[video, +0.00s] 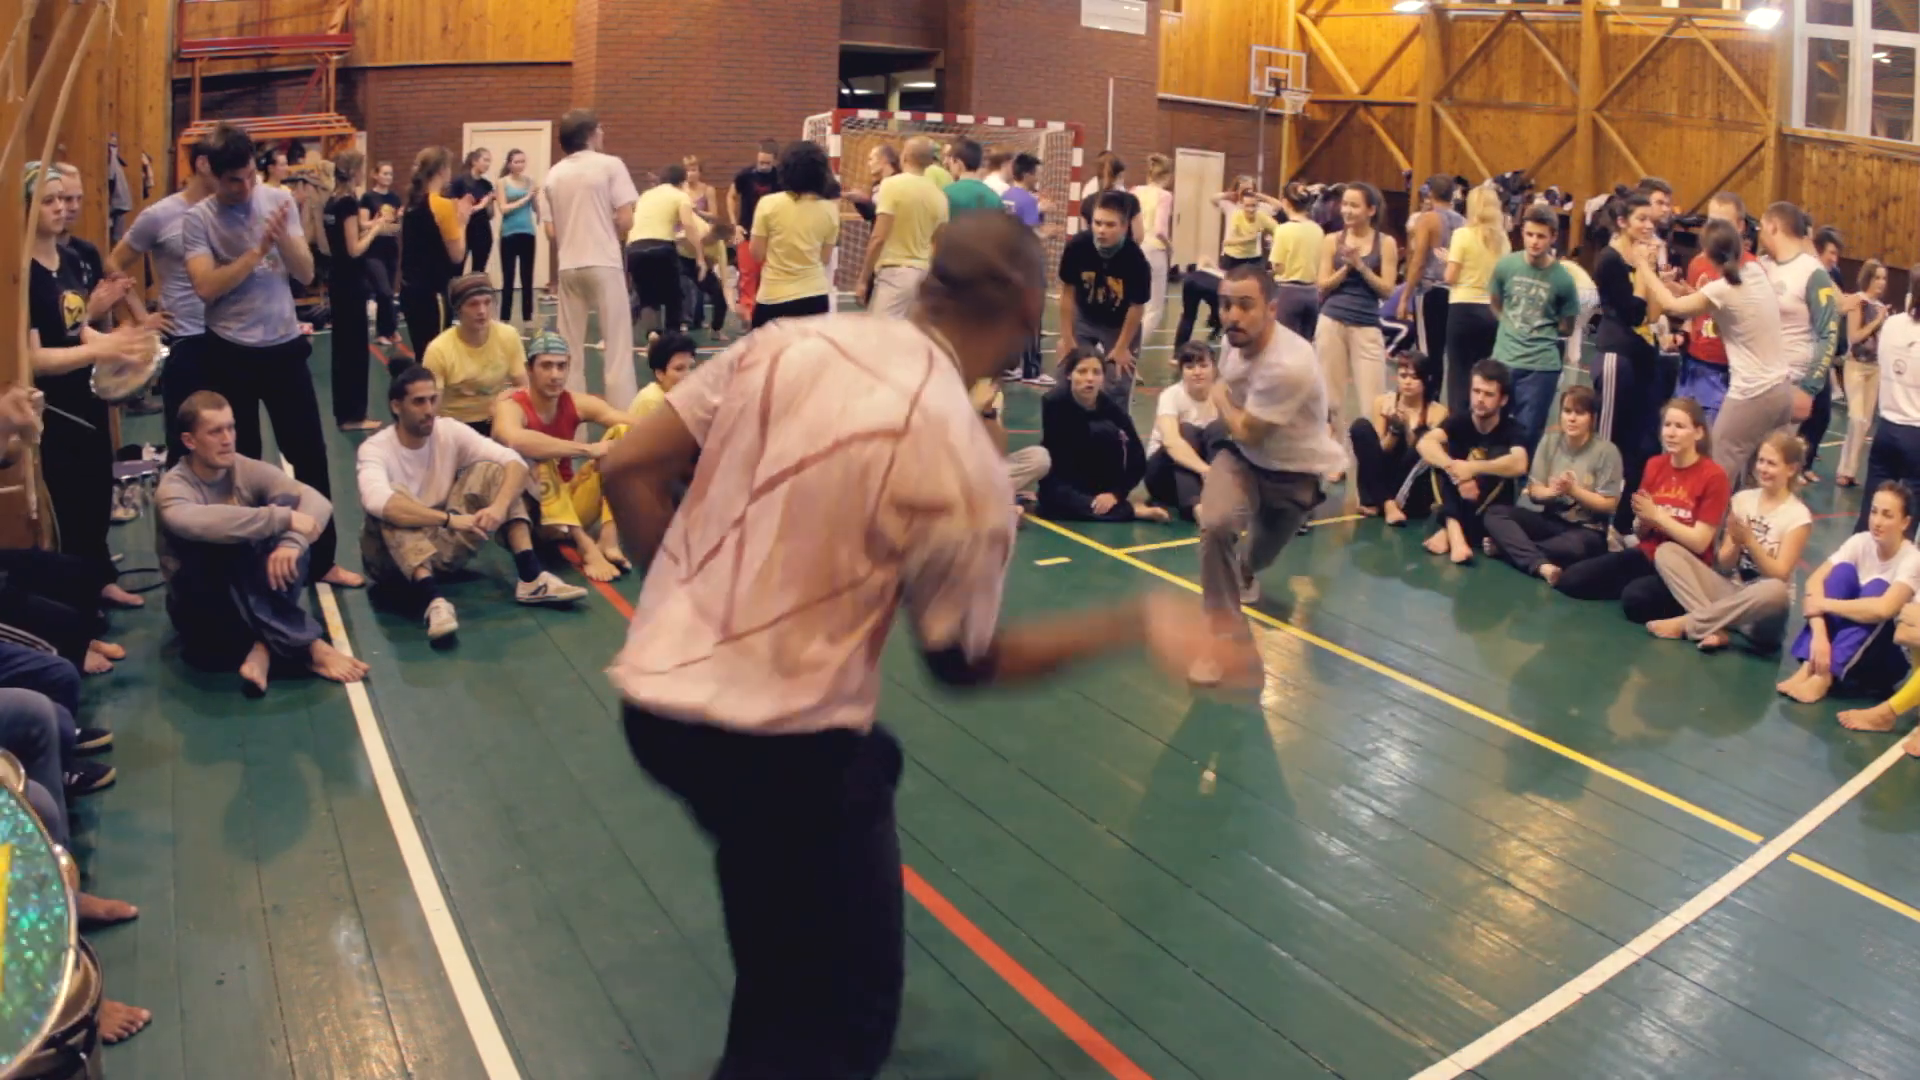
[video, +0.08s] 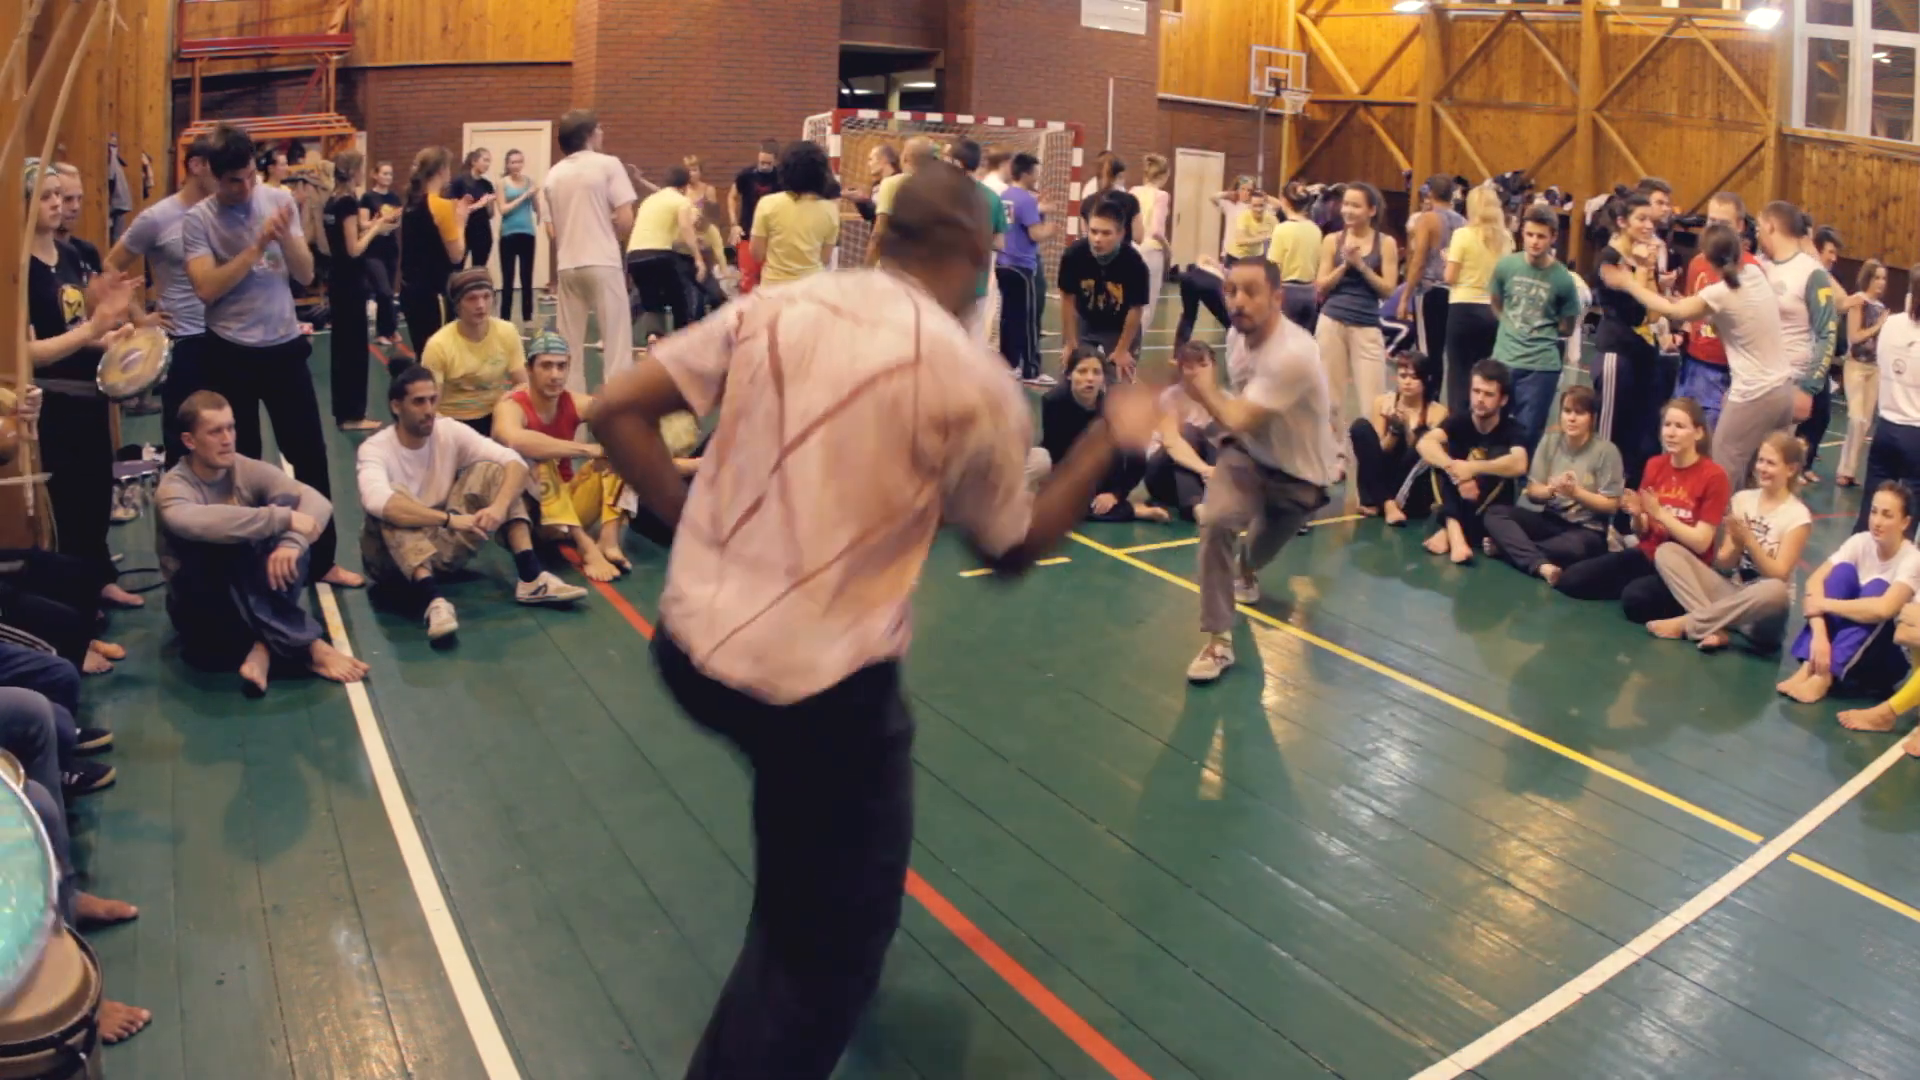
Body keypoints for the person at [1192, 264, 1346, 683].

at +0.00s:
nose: (1233, 317)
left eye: (1245, 306)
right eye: (1226, 306)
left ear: (1270, 308)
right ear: (1219, 308)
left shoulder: (1290, 364)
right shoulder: (1234, 344)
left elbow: (1248, 433)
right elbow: (1227, 394)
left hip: (1293, 474)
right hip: (1240, 453)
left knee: (1261, 553)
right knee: (1217, 526)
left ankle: (1244, 571)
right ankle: (1222, 637)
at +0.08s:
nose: (1238, 302)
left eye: (1250, 292)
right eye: (1232, 291)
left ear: (1277, 296)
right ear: (1226, 294)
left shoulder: (1296, 353)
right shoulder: (1239, 338)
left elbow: (1241, 420)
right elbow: (1244, 401)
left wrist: (1204, 389)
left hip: (1299, 480)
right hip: (1246, 455)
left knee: (1260, 550)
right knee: (1216, 522)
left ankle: (1245, 570)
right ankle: (1218, 639)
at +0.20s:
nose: (1219, 271)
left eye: (1229, 260)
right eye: (1214, 263)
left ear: (1259, 262)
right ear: (1214, 269)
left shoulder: (1274, 294)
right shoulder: (1249, 303)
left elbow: (1204, 354)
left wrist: (1193, 299)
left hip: (1331, 443)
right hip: (1276, 429)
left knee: (1285, 539)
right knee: (1243, 521)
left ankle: (1284, 565)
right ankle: (1237, 630)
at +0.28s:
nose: (1207, 286)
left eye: (1216, 274)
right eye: (1202, 277)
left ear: (1249, 268)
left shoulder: (1266, 293)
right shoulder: (1249, 307)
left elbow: (1189, 351)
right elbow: (1271, 369)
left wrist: (1193, 302)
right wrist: (1216, 361)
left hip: (1353, 436)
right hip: (1300, 432)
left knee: (1293, 540)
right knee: (1250, 516)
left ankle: (1331, 591)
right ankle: (1280, 613)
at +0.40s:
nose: (1199, 327)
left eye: (1206, 313)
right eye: (1194, 316)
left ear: (1238, 304)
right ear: (1235, 309)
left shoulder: (1254, 336)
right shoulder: (1263, 331)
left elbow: (1203, 423)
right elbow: (1266, 414)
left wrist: (1168, 410)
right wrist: (1213, 405)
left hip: (1369, 453)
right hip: (1321, 451)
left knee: (1332, 566)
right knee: (1265, 523)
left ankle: (1409, 659)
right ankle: (1286, 627)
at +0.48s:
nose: (1200, 345)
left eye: (1206, 332)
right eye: (1196, 335)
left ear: (1241, 323)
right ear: (1243, 325)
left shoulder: (1253, 364)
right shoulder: (1280, 340)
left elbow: (1222, 460)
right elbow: (1300, 434)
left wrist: (1199, 458)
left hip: (1381, 470)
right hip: (1331, 462)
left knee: (1371, 588)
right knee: (1270, 527)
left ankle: (1444, 704)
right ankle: (1283, 630)